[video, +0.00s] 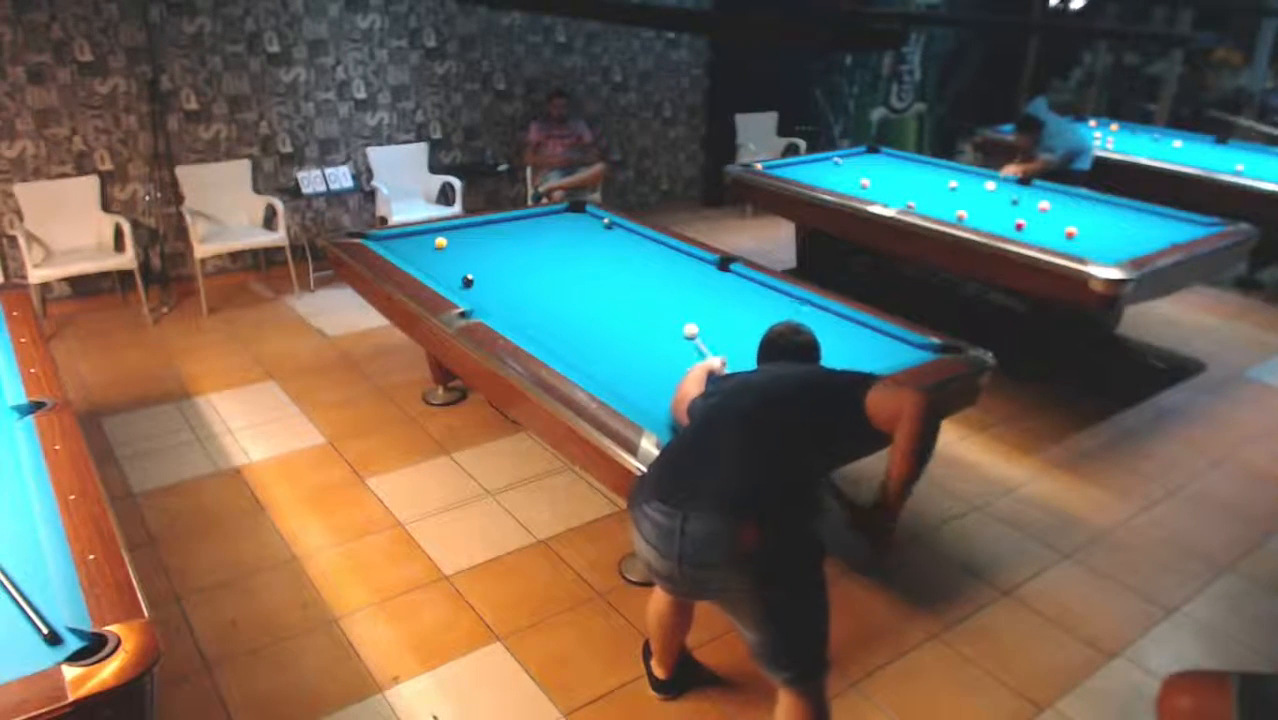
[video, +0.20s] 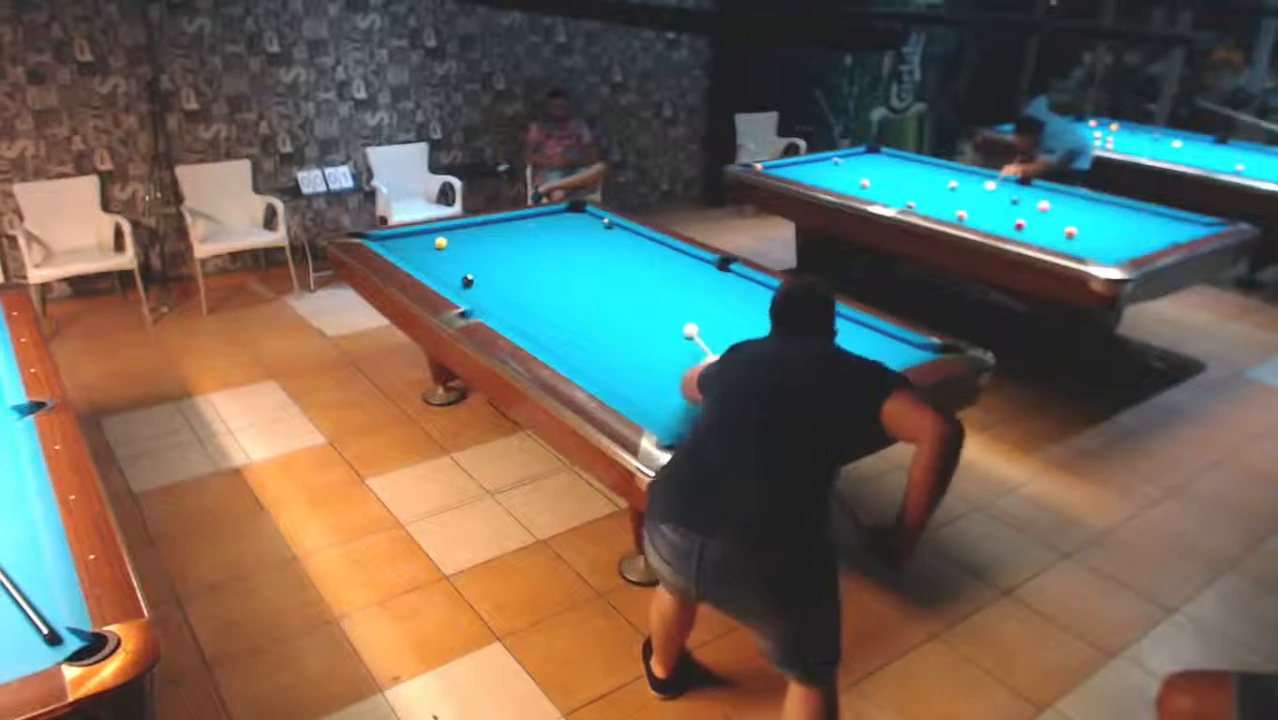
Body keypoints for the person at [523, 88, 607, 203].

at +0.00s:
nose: (559, 111)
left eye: (563, 107)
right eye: (556, 107)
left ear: (568, 108)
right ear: (549, 108)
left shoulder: (578, 125)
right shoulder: (538, 126)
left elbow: (593, 154)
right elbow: (529, 158)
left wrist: (570, 160)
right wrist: (557, 161)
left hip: (576, 166)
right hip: (550, 169)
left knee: (601, 168)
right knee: (558, 196)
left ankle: (549, 187)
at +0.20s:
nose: (559, 110)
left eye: (562, 106)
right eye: (555, 106)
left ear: (568, 107)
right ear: (548, 108)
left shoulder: (578, 125)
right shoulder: (538, 127)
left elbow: (591, 153)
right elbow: (529, 156)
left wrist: (567, 160)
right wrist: (552, 162)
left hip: (576, 166)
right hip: (550, 170)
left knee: (600, 168)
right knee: (558, 196)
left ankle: (551, 186)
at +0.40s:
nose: (559, 110)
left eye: (562, 106)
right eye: (555, 106)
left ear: (568, 107)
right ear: (548, 108)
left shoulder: (578, 126)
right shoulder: (538, 128)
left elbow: (591, 153)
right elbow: (529, 156)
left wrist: (568, 160)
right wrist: (552, 162)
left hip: (577, 166)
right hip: (550, 170)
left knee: (600, 168)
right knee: (558, 196)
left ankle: (551, 186)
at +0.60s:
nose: (559, 110)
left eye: (562, 106)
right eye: (555, 107)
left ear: (568, 107)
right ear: (548, 108)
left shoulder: (578, 126)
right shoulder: (538, 128)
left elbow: (591, 153)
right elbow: (529, 156)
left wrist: (567, 160)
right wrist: (552, 162)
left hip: (577, 166)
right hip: (550, 170)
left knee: (600, 168)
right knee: (558, 196)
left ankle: (551, 186)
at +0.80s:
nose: (559, 110)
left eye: (563, 106)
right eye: (555, 106)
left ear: (568, 107)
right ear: (548, 108)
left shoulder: (578, 126)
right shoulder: (538, 127)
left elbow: (592, 154)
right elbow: (529, 156)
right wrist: (555, 161)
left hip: (576, 166)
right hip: (549, 170)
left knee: (600, 169)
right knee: (559, 196)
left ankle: (551, 186)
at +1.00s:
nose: (559, 110)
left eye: (563, 106)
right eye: (555, 106)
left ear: (568, 107)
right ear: (548, 108)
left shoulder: (578, 126)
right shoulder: (538, 127)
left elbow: (592, 154)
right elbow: (529, 156)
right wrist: (555, 161)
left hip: (576, 166)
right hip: (549, 170)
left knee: (600, 169)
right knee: (559, 196)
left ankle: (551, 186)